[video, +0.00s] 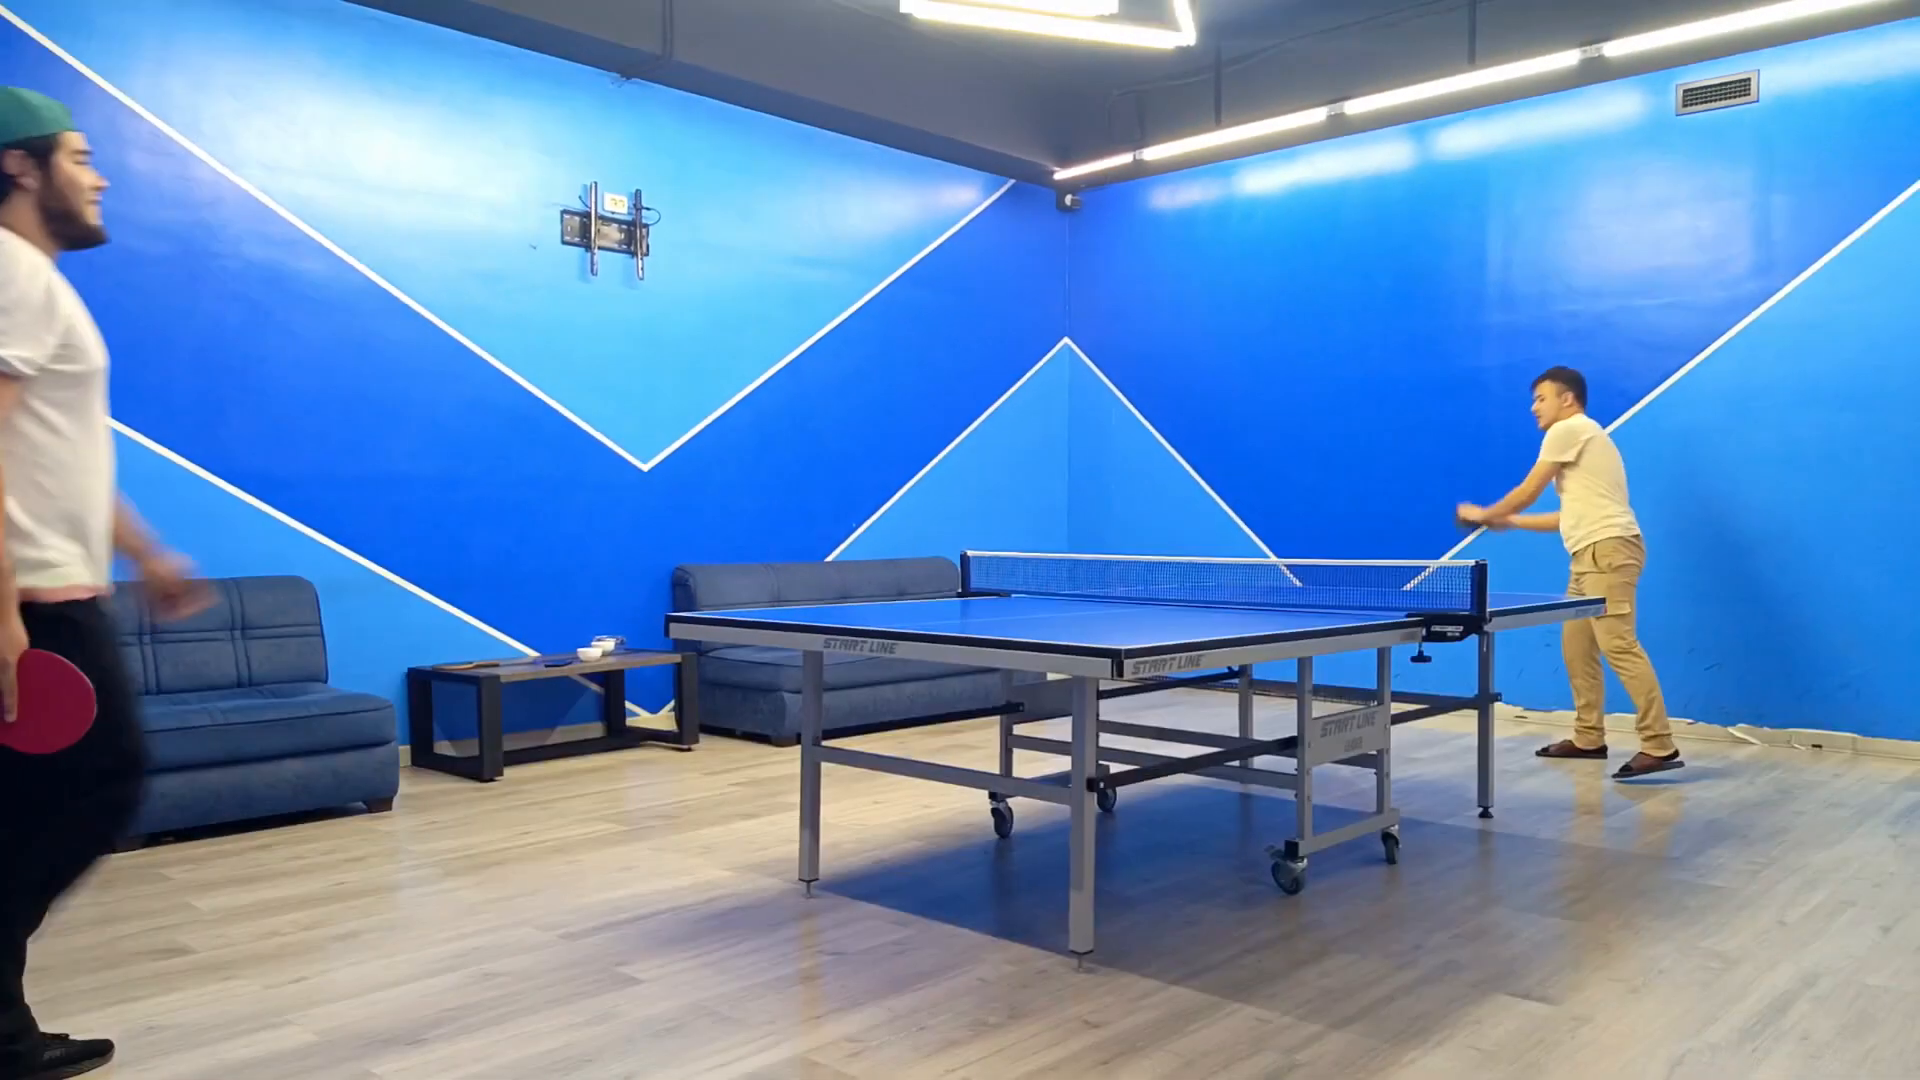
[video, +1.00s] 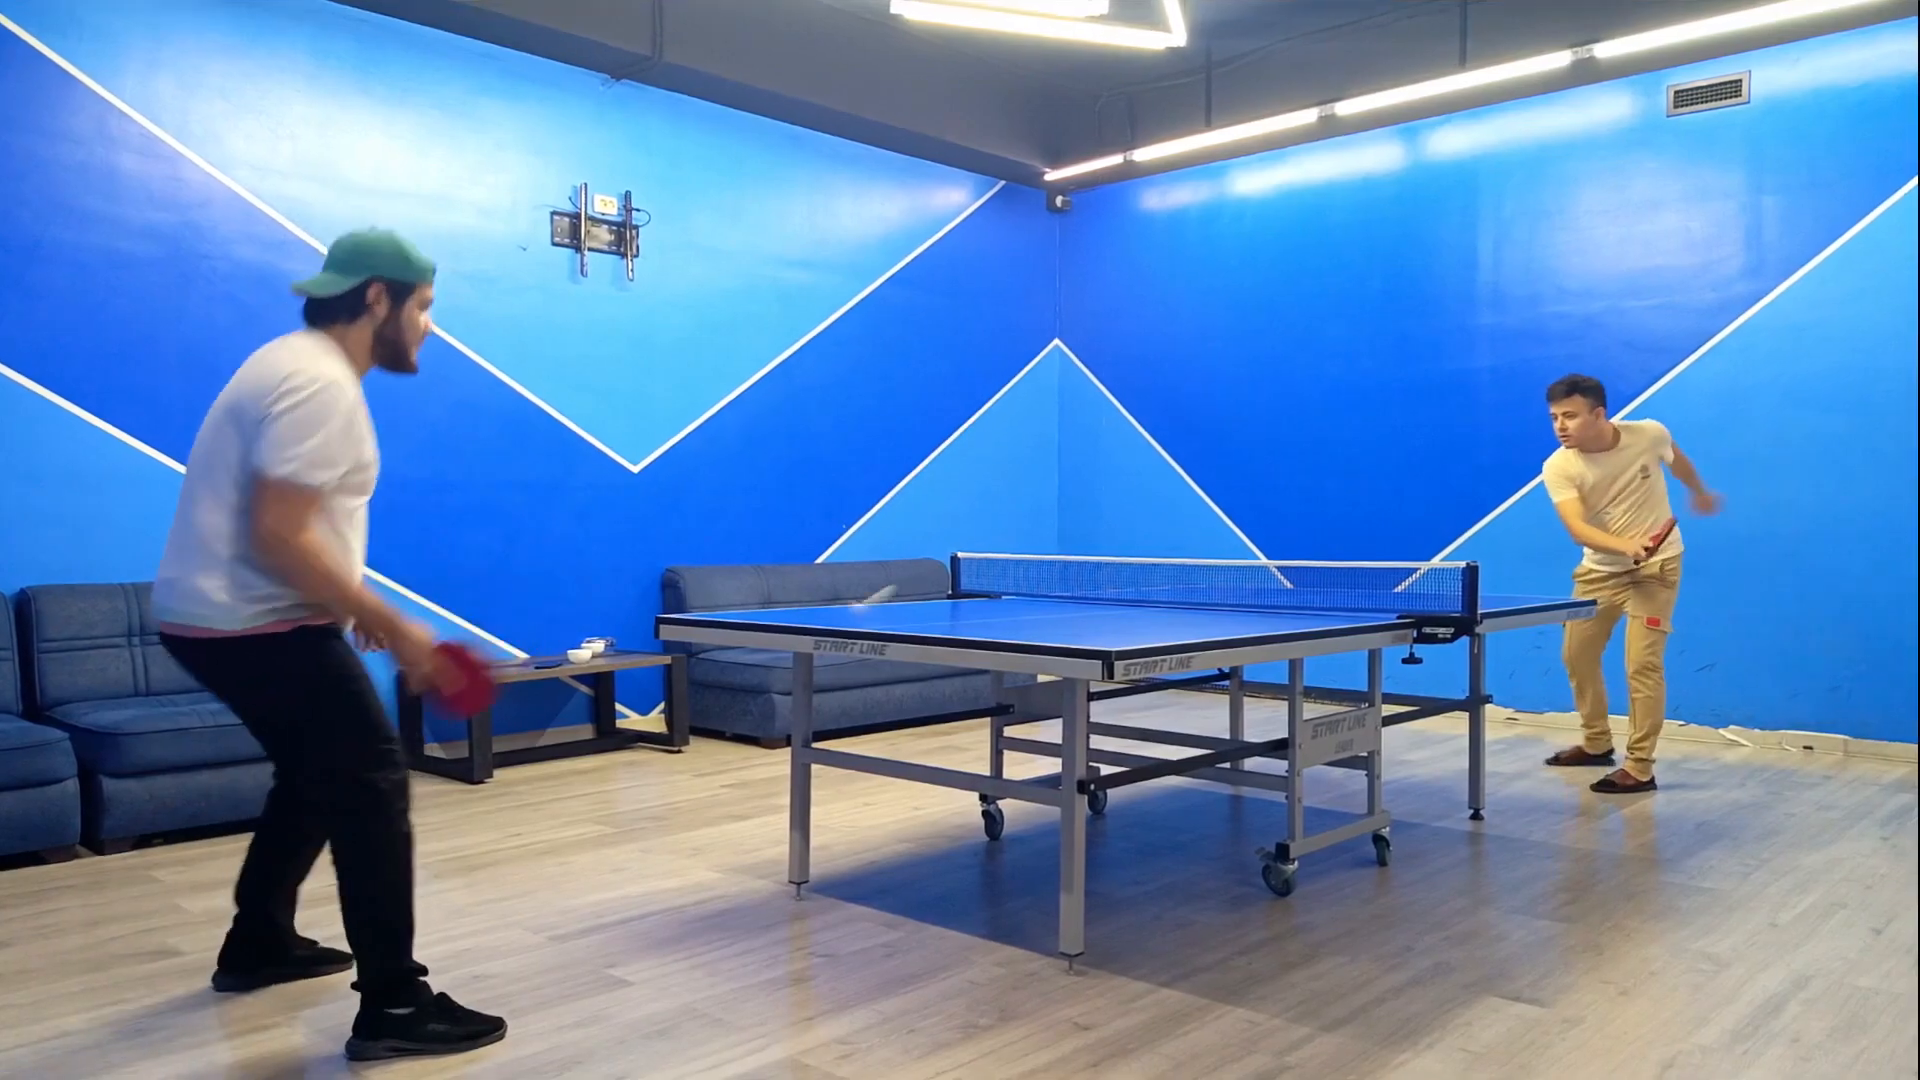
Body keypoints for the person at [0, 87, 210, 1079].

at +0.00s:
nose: (99, 178)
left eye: (91, 160)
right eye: (79, 160)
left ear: (28, 174)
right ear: (23, 172)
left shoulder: (39, 280)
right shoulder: (15, 274)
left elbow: (61, 454)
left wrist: (147, 553)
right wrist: (3, 608)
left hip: (60, 595)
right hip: (40, 601)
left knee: (23, 806)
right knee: (104, 785)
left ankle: (8, 1027)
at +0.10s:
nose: (144, 187)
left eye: (137, 169)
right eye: (127, 169)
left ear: (70, 181)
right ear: (71, 177)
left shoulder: (71, 282)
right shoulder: (44, 273)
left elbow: (123, 452)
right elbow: (10, 435)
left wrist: (245, 519)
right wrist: (23, 606)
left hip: (63, 600)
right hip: (91, 602)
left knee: (36, 814)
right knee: (164, 782)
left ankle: (5, 1013)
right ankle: (97, 1033)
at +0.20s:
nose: (195, 206)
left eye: (191, 187)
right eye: (180, 186)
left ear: (122, 197)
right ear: (124, 193)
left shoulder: (120, 297)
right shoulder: (84, 289)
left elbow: (176, 455)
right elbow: (49, 458)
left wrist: (304, 513)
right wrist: (67, 620)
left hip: (94, 623)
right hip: (134, 628)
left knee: (31, 840)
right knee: (203, 823)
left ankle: (5, 1031)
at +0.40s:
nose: (293, 230)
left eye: (288, 213)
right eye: (279, 212)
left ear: (222, 221)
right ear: (231, 219)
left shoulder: (178, 319)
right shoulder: (206, 322)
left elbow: (240, 485)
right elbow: (179, 485)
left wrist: (346, 552)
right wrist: (189, 639)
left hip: (164, 634)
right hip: (244, 633)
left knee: (117, 829)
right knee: (318, 818)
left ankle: (9, 1018)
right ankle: (385, 1001)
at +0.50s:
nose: (364, 238)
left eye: (360, 220)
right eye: (353, 221)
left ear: (286, 227)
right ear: (311, 225)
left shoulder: (215, 315)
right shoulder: (301, 325)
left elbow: (212, 480)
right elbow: (290, 480)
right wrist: (319, 631)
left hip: (211, 620)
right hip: (294, 621)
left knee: (247, 779)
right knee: (382, 785)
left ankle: (66, 970)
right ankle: (398, 1000)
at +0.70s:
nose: (420, 250)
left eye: (419, 232)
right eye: (414, 232)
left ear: (329, 235)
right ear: (371, 231)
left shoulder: (259, 310)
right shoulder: (357, 326)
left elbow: (244, 457)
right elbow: (364, 474)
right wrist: (455, 598)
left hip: (225, 600)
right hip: (315, 608)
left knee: (286, 758)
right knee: (389, 786)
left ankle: (214, 956)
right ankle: (397, 997)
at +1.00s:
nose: (429, 325)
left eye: (430, 308)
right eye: (423, 307)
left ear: (364, 302)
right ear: (378, 301)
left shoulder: (293, 364)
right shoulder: (320, 384)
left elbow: (277, 521)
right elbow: (281, 535)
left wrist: (345, 603)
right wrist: (398, 631)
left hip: (223, 614)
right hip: (255, 621)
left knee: (316, 770)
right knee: (373, 777)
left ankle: (258, 942)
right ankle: (394, 999)